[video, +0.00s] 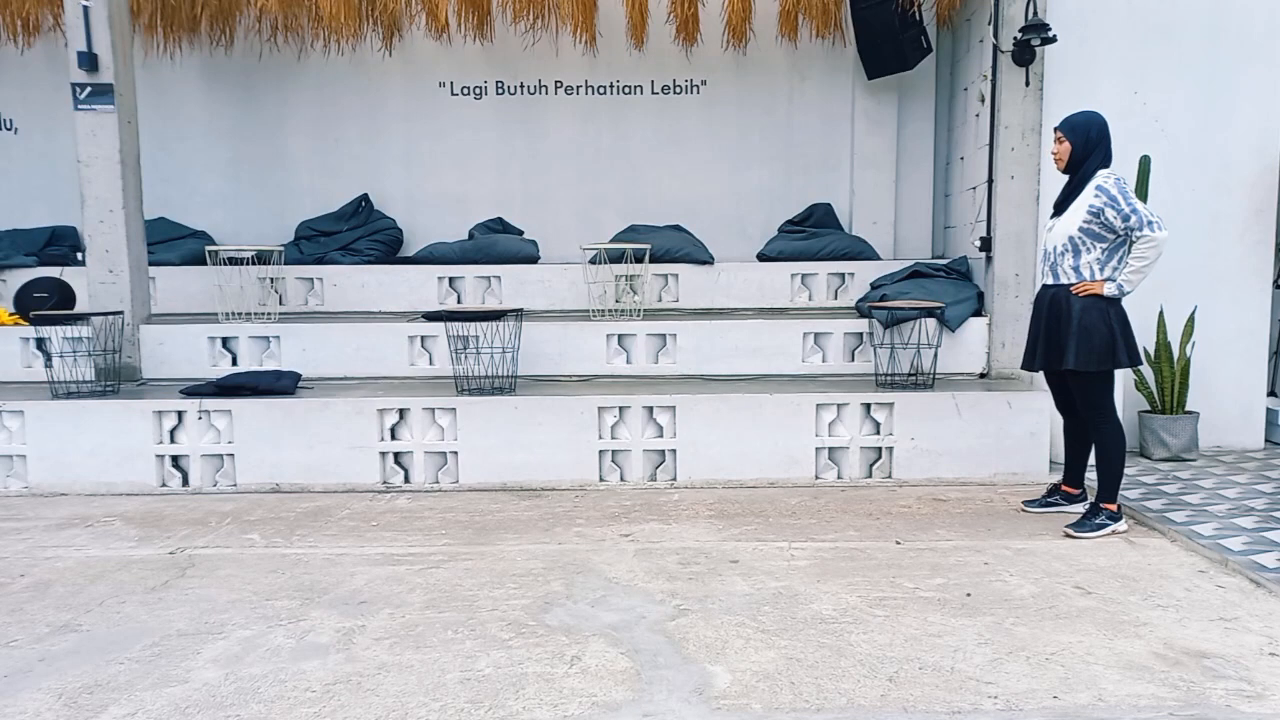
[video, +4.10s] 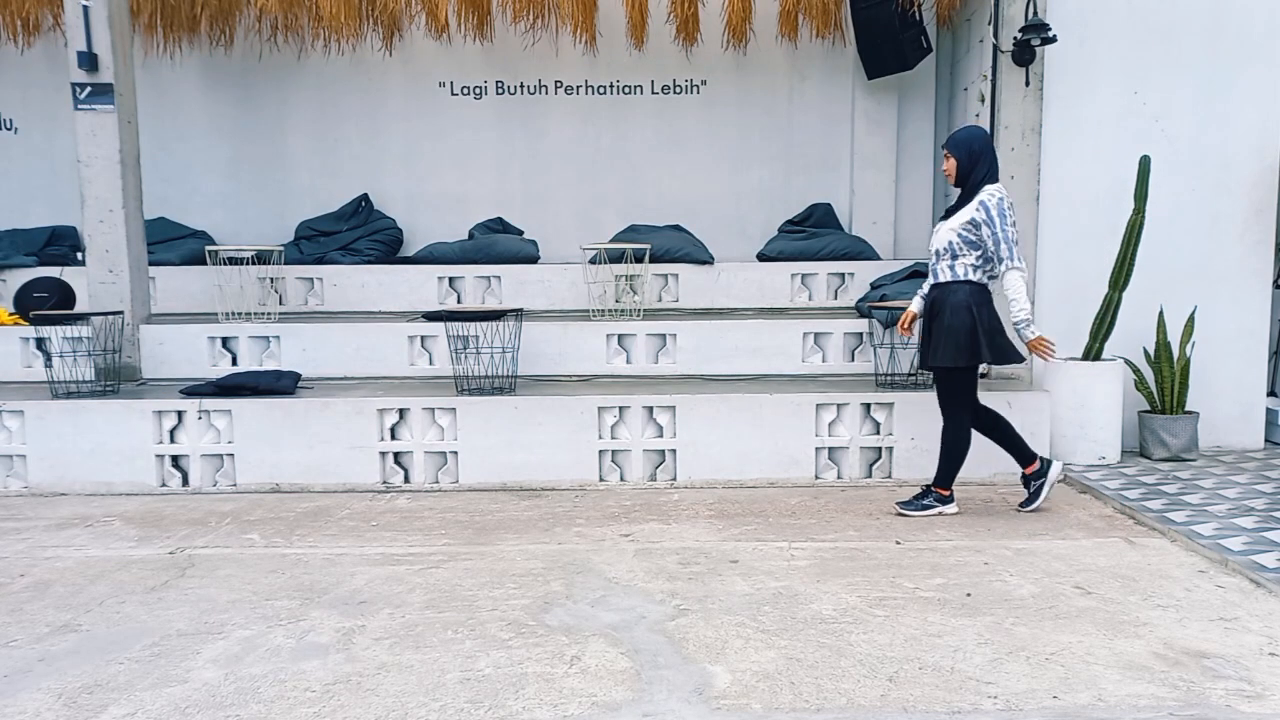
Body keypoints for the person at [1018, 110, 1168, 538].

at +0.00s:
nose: (1053, 149)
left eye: (1060, 141)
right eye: (1054, 141)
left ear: (1084, 144)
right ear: (1072, 145)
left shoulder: (1105, 184)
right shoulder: (1072, 189)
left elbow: (1151, 234)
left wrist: (1117, 285)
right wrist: (1051, 285)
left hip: (1088, 312)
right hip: (1055, 310)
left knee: (1099, 410)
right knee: (1070, 407)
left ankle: (1108, 507)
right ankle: (1070, 489)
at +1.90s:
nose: (1040, 155)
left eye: (1047, 147)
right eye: (1041, 147)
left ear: (1069, 149)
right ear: (1063, 151)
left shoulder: (1088, 186)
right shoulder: (1060, 192)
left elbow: (1121, 236)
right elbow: (1074, 245)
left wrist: (1085, 273)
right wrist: (1090, 279)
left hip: (1067, 307)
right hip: (1049, 305)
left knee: (1037, 399)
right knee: (1060, 401)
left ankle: (1057, 497)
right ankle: (1072, 489)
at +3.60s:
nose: (1009, 169)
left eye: (1014, 161)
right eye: (1008, 161)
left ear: (1035, 158)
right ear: (1031, 161)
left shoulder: (1054, 188)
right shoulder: (1039, 195)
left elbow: (1090, 231)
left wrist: (1050, 285)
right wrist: (1030, 286)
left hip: (1039, 312)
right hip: (1033, 311)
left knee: (999, 398)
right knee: (1051, 402)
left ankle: (1004, 495)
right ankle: (1071, 489)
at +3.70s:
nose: (1000, 168)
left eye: (1005, 160)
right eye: (998, 160)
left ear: (1027, 158)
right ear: (1017, 160)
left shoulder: (1048, 186)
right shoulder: (1025, 198)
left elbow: (1091, 231)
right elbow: (1015, 262)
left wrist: (1052, 283)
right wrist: (997, 306)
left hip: (1032, 310)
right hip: (1017, 310)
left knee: (994, 397)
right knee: (1048, 404)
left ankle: (964, 490)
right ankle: (1071, 489)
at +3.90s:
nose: (976, 169)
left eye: (981, 161)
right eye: (976, 162)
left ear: (1002, 160)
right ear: (996, 163)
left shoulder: (1027, 194)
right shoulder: (997, 205)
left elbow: (1072, 248)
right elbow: (978, 268)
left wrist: (1074, 311)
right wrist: (948, 304)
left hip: (1006, 310)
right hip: (988, 311)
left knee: (968, 400)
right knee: (1030, 403)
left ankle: (939, 489)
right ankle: (1068, 486)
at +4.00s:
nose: (960, 169)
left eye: (965, 160)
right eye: (960, 160)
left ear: (987, 160)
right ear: (983, 160)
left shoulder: (1011, 198)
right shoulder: (983, 204)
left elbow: (1041, 263)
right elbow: (958, 265)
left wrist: (1071, 321)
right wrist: (927, 300)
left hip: (982, 308)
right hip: (967, 308)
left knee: (959, 402)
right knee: (1006, 402)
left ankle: (940, 490)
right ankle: (1060, 479)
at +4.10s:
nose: (944, 166)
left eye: (949, 158)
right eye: (944, 158)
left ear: (970, 158)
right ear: (967, 159)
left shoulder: (992, 199)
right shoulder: (964, 202)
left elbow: (1011, 267)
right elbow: (942, 267)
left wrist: (1025, 327)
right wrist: (917, 305)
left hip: (962, 304)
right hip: (944, 305)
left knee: (955, 404)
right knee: (963, 405)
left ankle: (941, 491)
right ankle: (1035, 468)